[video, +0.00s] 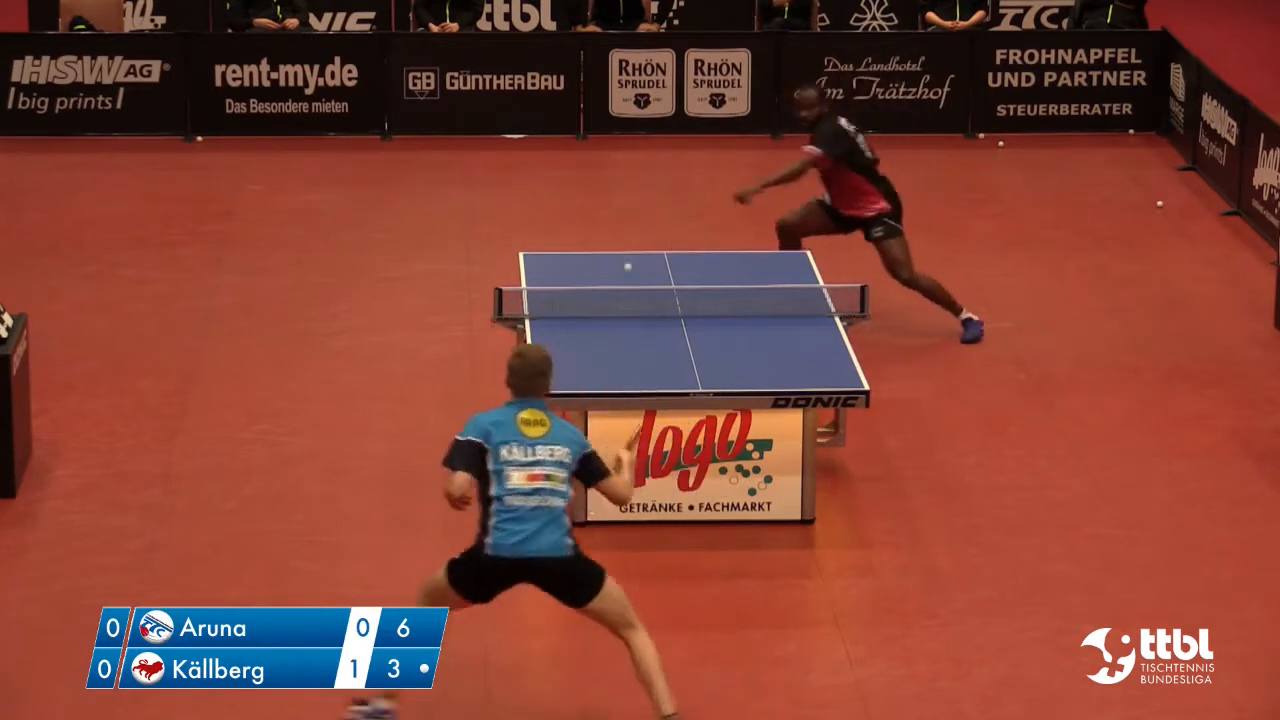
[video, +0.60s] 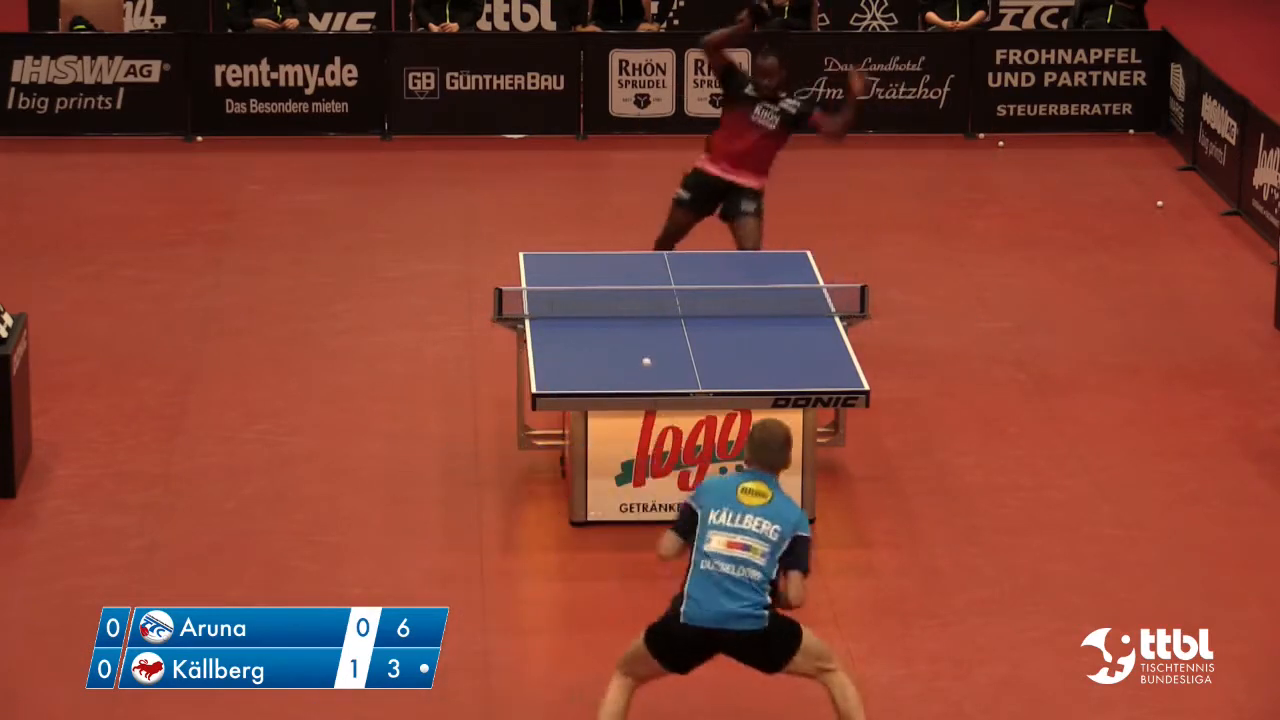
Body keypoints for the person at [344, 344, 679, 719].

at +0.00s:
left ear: (508, 383)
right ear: (549, 385)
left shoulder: (484, 425)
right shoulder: (569, 435)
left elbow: (459, 489)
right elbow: (621, 496)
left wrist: (459, 495)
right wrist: (625, 466)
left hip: (495, 557)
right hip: (558, 558)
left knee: (426, 601)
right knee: (630, 629)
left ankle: (381, 694)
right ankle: (669, 711)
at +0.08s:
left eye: (532, 388)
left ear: (530, 397)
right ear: (570, 401)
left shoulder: (505, 441)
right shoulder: (590, 449)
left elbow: (466, 501)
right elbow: (646, 506)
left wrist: (458, 507)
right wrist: (655, 478)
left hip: (520, 567)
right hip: (579, 571)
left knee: (456, 605)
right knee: (645, 639)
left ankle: (434, 706)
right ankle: (698, 714)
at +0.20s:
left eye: (582, 413)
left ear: (581, 419)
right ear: (621, 420)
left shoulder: (553, 460)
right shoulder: (641, 471)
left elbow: (499, 501)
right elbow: (700, 516)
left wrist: (491, 484)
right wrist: (704, 495)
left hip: (561, 591)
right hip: (623, 593)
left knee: (500, 633)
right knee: (698, 632)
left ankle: (444, 712)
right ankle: (720, 713)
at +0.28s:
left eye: (629, 406)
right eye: (655, 409)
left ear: (620, 414)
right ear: (660, 418)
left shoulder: (593, 453)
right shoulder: (680, 466)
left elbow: (532, 491)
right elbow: (735, 521)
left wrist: (540, 484)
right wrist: (729, 498)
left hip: (597, 584)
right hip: (656, 586)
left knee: (521, 640)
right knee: (751, 614)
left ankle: (458, 715)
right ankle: (759, 711)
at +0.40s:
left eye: (685, 419)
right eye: (711, 421)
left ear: (679, 425)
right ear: (718, 429)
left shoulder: (645, 463)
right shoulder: (730, 480)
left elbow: (585, 509)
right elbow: (773, 551)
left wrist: (618, 523)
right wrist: (793, 544)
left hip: (645, 597)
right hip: (707, 602)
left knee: (565, 634)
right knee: (786, 665)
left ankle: (549, 714)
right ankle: (841, 717)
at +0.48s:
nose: (764, 452)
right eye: (764, 446)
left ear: (719, 447)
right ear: (760, 454)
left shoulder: (684, 484)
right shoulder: (764, 501)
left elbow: (648, 549)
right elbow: (798, 579)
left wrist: (687, 542)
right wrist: (839, 586)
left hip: (673, 617)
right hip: (733, 619)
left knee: (603, 675)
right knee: (814, 676)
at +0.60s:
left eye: (746, 447)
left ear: (745, 454)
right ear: (786, 462)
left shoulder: (710, 489)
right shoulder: (793, 516)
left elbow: (666, 549)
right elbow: (793, 597)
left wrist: (698, 528)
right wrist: (769, 586)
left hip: (691, 622)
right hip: (750, 628)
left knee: (625, 676)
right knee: (830, 670)